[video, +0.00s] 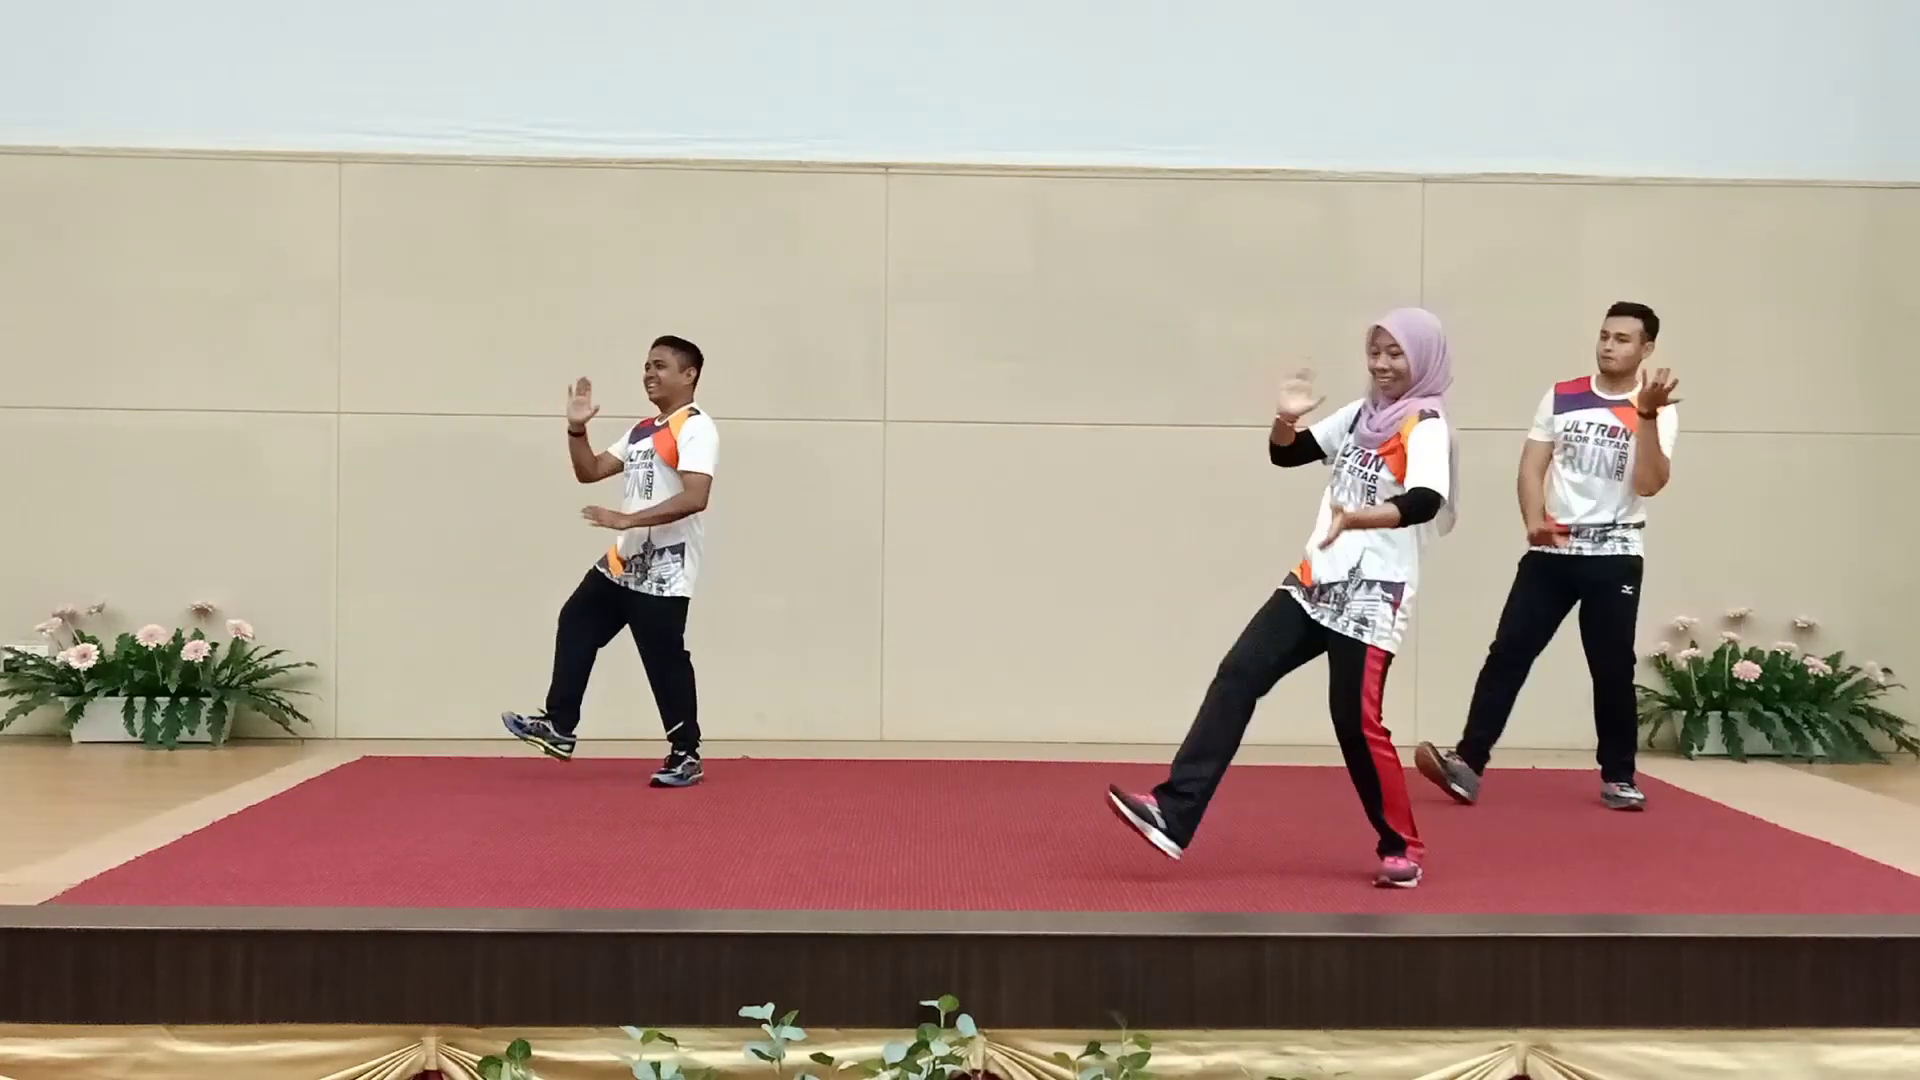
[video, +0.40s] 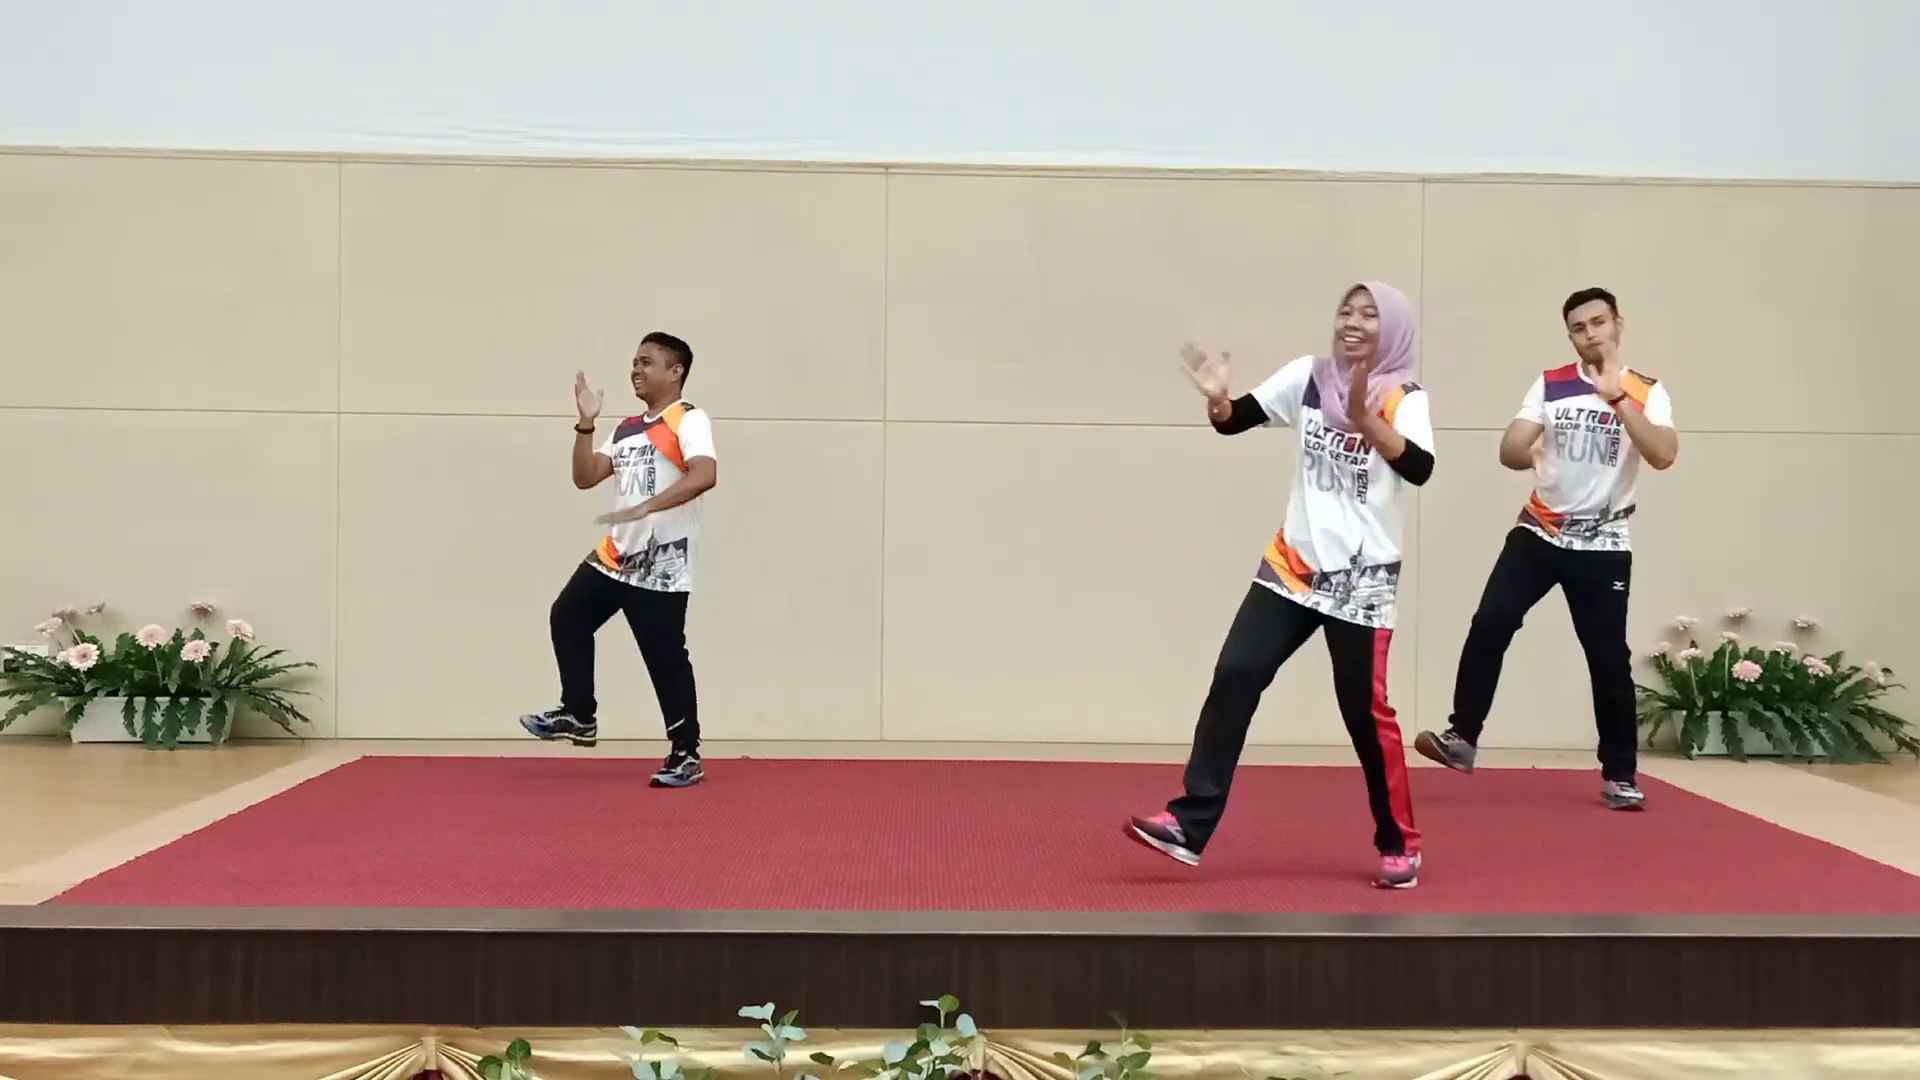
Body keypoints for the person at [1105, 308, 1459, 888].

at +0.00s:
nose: (1382, 362)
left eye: (1395, 353)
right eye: (1376, 351)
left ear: (1425, 361)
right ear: (1368, 356)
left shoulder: (1426, 424)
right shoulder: (1361, 412)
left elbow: (1424, 502)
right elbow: (1287, 455)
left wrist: (1358, 517)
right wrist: (1285, 424)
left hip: (1374, 594)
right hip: (1316, 583)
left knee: (1357, 719)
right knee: (1239, 674)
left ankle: (1401, 848)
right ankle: (1174, 816)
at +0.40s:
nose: (1351, 322)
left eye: (1366, 313)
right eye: (1346, 312)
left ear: (1393, 328)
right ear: (1335, 322)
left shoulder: (1404, 398)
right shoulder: (1309, 375)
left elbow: (1420, 468)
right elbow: (1234, 420)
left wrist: (1368, 425)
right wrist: (1220, 399)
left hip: (1364, 576)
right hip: (1293, 564)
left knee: (1366, 711)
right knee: (1234, 680)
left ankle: (1397, 845)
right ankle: (1190, 827)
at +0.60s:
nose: (1305, 310)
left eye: (1319, 300)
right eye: (1296, 300)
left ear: (1344, 315)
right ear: (1282, 314)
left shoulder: (1366, 380)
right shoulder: (1258, 370)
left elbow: (1404, 441)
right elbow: (1199, 421)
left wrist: (1365, 374)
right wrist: (1168, 439)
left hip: (1334, 564)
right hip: (1258, 557)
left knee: (1353, 701)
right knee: (1220, 684)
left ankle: (1392, 843)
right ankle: (1181, 828)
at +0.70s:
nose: (1273, 322)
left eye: (1286, 313)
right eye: (1263, 313)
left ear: (1307, 327)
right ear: (1248, 328)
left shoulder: (1327, 391)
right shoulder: (1223, 387)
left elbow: (1381, 450)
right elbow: (1171, 445)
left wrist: (1338, 375)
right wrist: (1143, 485)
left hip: (1306, 573)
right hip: (1227, 569)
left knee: (1340, 707)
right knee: (1205, 701)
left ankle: (1390, 844)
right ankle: (1176, 842)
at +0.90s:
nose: (1205, 345)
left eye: (1219, 334)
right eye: (1194, 334)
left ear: (1239, 346)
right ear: (1179, 346)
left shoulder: (1264, 410)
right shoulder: (1156, 407)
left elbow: (1309, 487)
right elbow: (1103, 480)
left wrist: (1274, 418)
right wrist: (1096, 516)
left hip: (1235, 581)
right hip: (1159, 578)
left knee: (1277, 700)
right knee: (1168, 701)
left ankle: (1319, 832)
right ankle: (1170, 846)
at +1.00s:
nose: (1180, 345)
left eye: (1193, 335)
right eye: (1167, 335)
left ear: (1212, 345)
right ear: (1152, 346)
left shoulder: (1234, 409)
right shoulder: (1129, 403)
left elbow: (1279, 494)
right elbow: (1081, 460)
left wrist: (1258, 446)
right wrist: (1070, 471)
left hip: (1205, 582)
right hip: (1134, 579)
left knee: (1243, 693)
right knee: (1158, 697)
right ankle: (1171, 843)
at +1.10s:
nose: (1151, 342)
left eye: (1164, 331)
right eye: (1139, 332)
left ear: (1183, 341)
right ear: (1123, 342)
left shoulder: (1207, 404)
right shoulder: (1100, 401)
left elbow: (1240, 469)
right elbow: (1025, 466)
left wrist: (1243, 486)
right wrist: (1066, 438)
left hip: (1180, 583)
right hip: (1111, 576)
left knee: (1200, 701)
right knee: (1147, 696)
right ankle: (1169, 847)